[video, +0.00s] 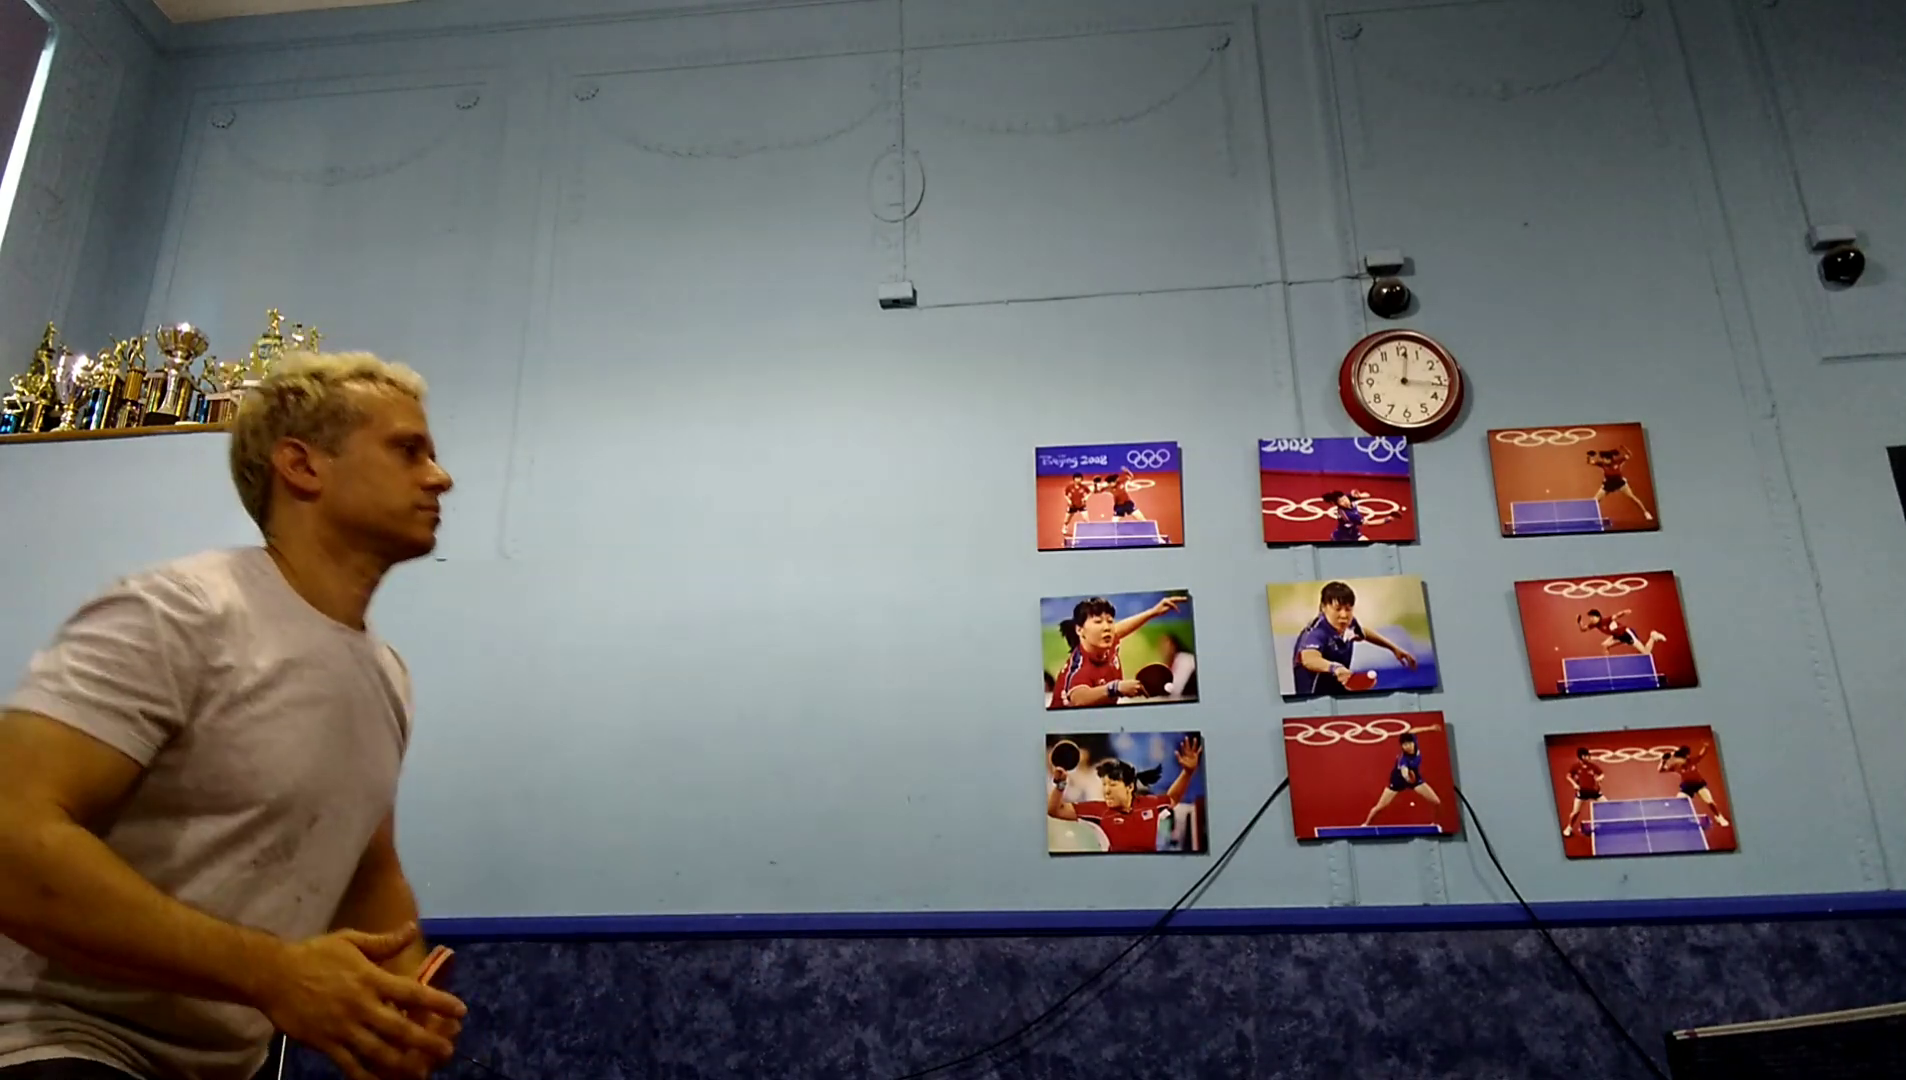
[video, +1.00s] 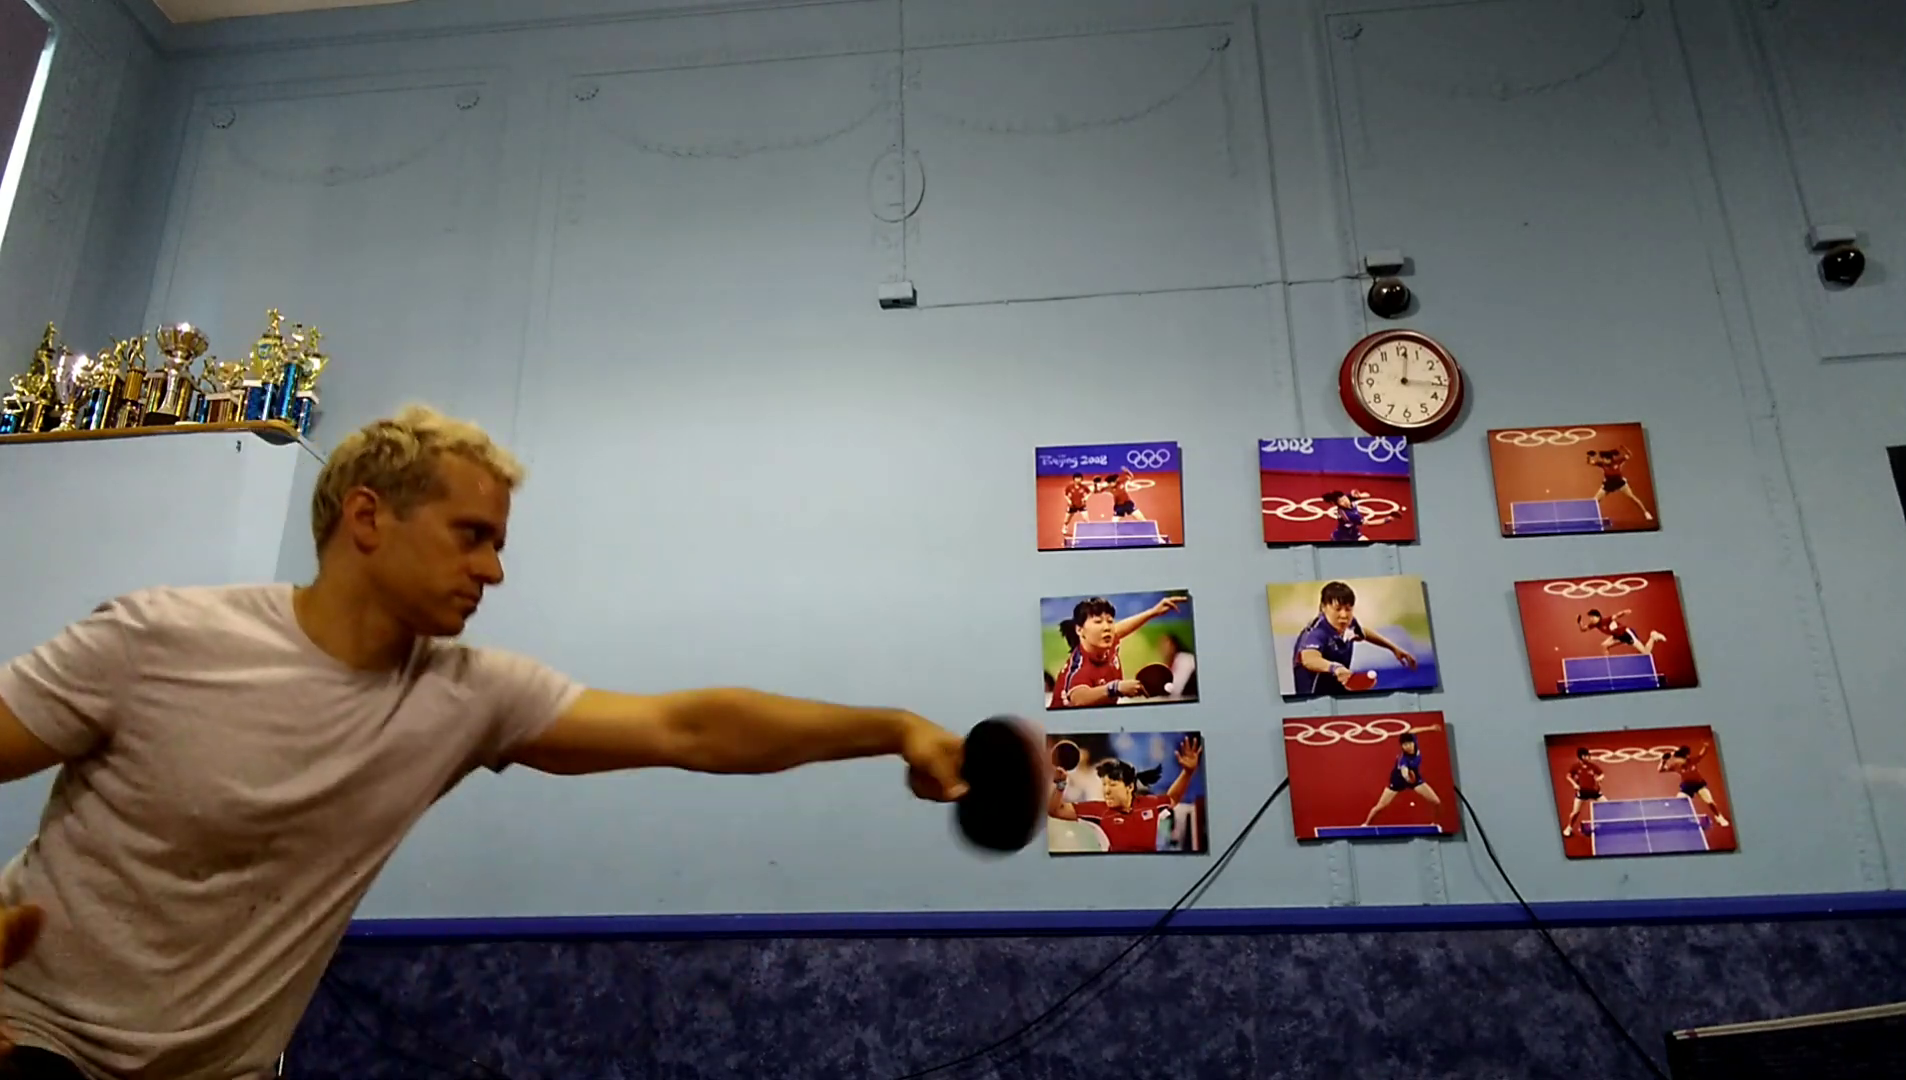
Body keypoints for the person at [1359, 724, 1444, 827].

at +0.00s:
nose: (1408, 747)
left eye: (1409, 744)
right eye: (1405, 745)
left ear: (1413, 743)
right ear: (1402, 747)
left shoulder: (1416, 747)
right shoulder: (1403, 759)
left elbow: (1414, 731)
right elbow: (1404, 772)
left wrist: (1431, 728)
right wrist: (1409, 779)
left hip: (1414, 780)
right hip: (1398, 781)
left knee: (1436, 802)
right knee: (1381, 806)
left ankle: (1434, 823)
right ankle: (1366, 823)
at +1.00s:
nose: (1408, 747)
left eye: (1409, 744)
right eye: (1405, 745)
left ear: (1413, 743)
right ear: (1402, 746)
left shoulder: (1416, 747)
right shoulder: (1403, 759)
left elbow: (1413, 731)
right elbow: (1404, 772)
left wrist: (1431, 728)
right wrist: (1409, 779)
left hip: (1415, 780)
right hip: (1398, 781)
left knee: (1436, 801)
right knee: (1381, 805)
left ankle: (1434, 823)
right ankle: (1366, 823)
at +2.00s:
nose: (1408, 747)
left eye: (1409, 744)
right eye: (1405, 745)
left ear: (1414, 743)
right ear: (1402, 746)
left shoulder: (1416, 748)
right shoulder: (1403, 758)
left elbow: (1414, 731)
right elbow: (1404, 771)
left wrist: (1431, 728)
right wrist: (1409, 778)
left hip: (1415, 779)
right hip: (1398, 781)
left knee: (1436, 802)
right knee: (1381, 806)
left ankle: (1435, 823)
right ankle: (1366, 823)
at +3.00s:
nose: (1408, 747)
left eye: (1409, 744)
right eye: (1405, 745)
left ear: (1414, 743)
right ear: (1402, 746)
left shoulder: (1416, 748)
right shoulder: (1403, 759)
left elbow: (1413, 731)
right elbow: (1404, 771)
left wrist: (1431, 728)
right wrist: (1409, 778)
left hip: (1415, 779)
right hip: (1398, 781)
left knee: (1436, 802)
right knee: (1380, 806)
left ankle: (1435, 824)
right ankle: (1366, 823)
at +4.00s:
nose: (1408, 747)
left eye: (1409, 744)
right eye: (1405, 745)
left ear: (1414, 743)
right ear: (1402, 746)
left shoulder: (1416, 747)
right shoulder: (1403, 759)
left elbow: (1413, 731)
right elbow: (1404, 771)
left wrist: (1431, 728)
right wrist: (1409, 778)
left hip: (1415, 779)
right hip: (1398, 781)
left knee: (1436, 802)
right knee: (1381, 806)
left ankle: (1435, 824)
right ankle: (1366, 823)